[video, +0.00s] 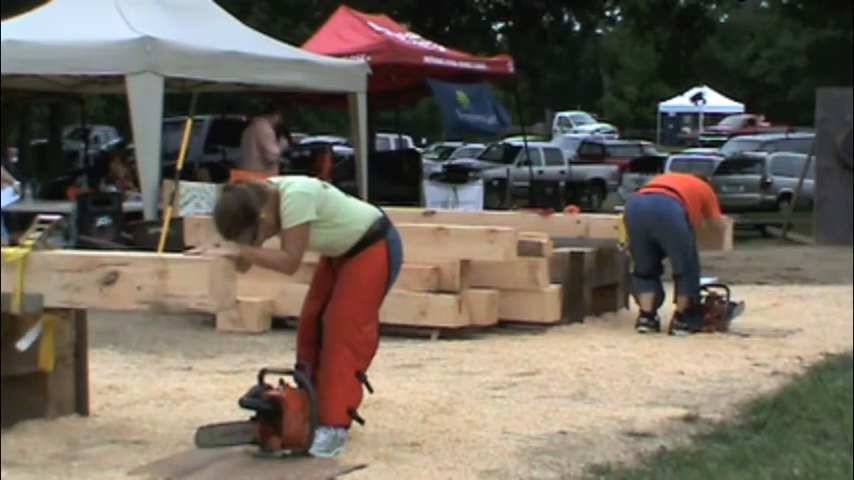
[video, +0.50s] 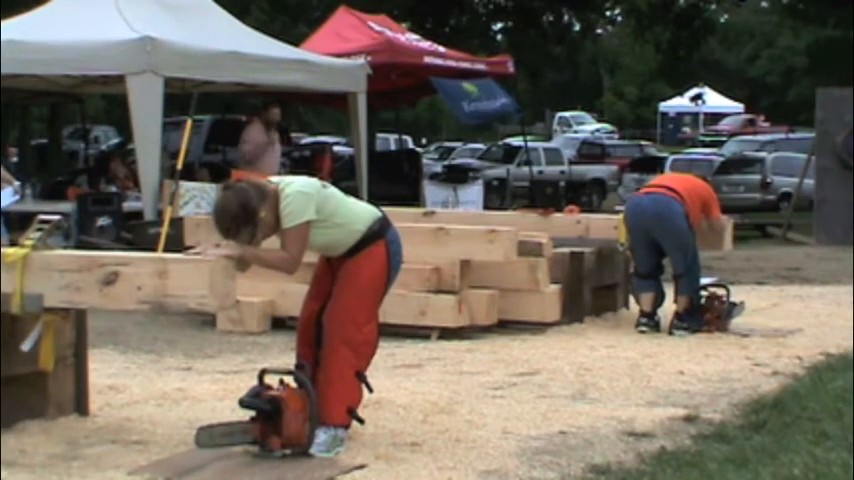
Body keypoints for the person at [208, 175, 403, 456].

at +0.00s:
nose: (258, 241)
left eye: (257, 236)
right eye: (251, 240)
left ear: (263, 212)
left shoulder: (298, 197)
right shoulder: (265, 198)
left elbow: (290, 263)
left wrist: (242, 253)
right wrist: (241, 255)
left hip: (372, 245)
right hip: (337, 250)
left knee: (341, 325)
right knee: (312, 321)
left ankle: (335, 425)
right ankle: (310, 411)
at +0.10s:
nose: (259, 238)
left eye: (256, 235)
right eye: (252, 238)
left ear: (263, 212)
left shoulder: (298, 197)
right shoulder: (266, 197)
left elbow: (290, 263)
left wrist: (241, 253)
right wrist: (242, 255)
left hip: (372, 245)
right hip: (337, 250)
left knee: (341, 325)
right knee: (312, 321)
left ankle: (335, 425)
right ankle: (310, 412)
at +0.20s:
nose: (258, 238)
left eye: (256, 234)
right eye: (251, 238)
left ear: (263, 212)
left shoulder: (298, 197)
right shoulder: (267, 197)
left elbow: (290, 263)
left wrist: (239, 253)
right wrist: (243, 254)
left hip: (373, 245)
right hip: (337, 250)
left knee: (341, 325)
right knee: (312, 320)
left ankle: (334, 425)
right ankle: (310, 410)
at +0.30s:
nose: (260, 235)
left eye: (258, 232)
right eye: (255, 235)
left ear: (263, 210)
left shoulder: (298, 197)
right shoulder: (265, 197)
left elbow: (290, 262)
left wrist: (239, 253)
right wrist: (241, 253)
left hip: (373, 245)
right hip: (337, 250)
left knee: (341, 325)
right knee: (312, 321)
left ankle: (335, 425)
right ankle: (310, 411)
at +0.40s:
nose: (259, 238)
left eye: (257, 233)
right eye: (252, 236)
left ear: (263, 211)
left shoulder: (297, 197)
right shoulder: (263, 197)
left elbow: (290, 263)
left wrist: (239, 252)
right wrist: (236, 252)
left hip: (373, 246)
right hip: (337, 251)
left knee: (340, 325)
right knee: (311, 321)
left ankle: (335, 425)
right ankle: (309, 412)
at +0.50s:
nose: (259, 237)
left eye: (257, 232)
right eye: (252, 235)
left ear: (264, 210)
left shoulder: (297, 197)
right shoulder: (262, 197)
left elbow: (290, 262)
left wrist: (239, 252)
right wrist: (236, 252)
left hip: (373, 246)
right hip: (337, 251)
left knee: (340, 325)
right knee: (311, 321)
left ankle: (335, 425)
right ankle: (309, 412)